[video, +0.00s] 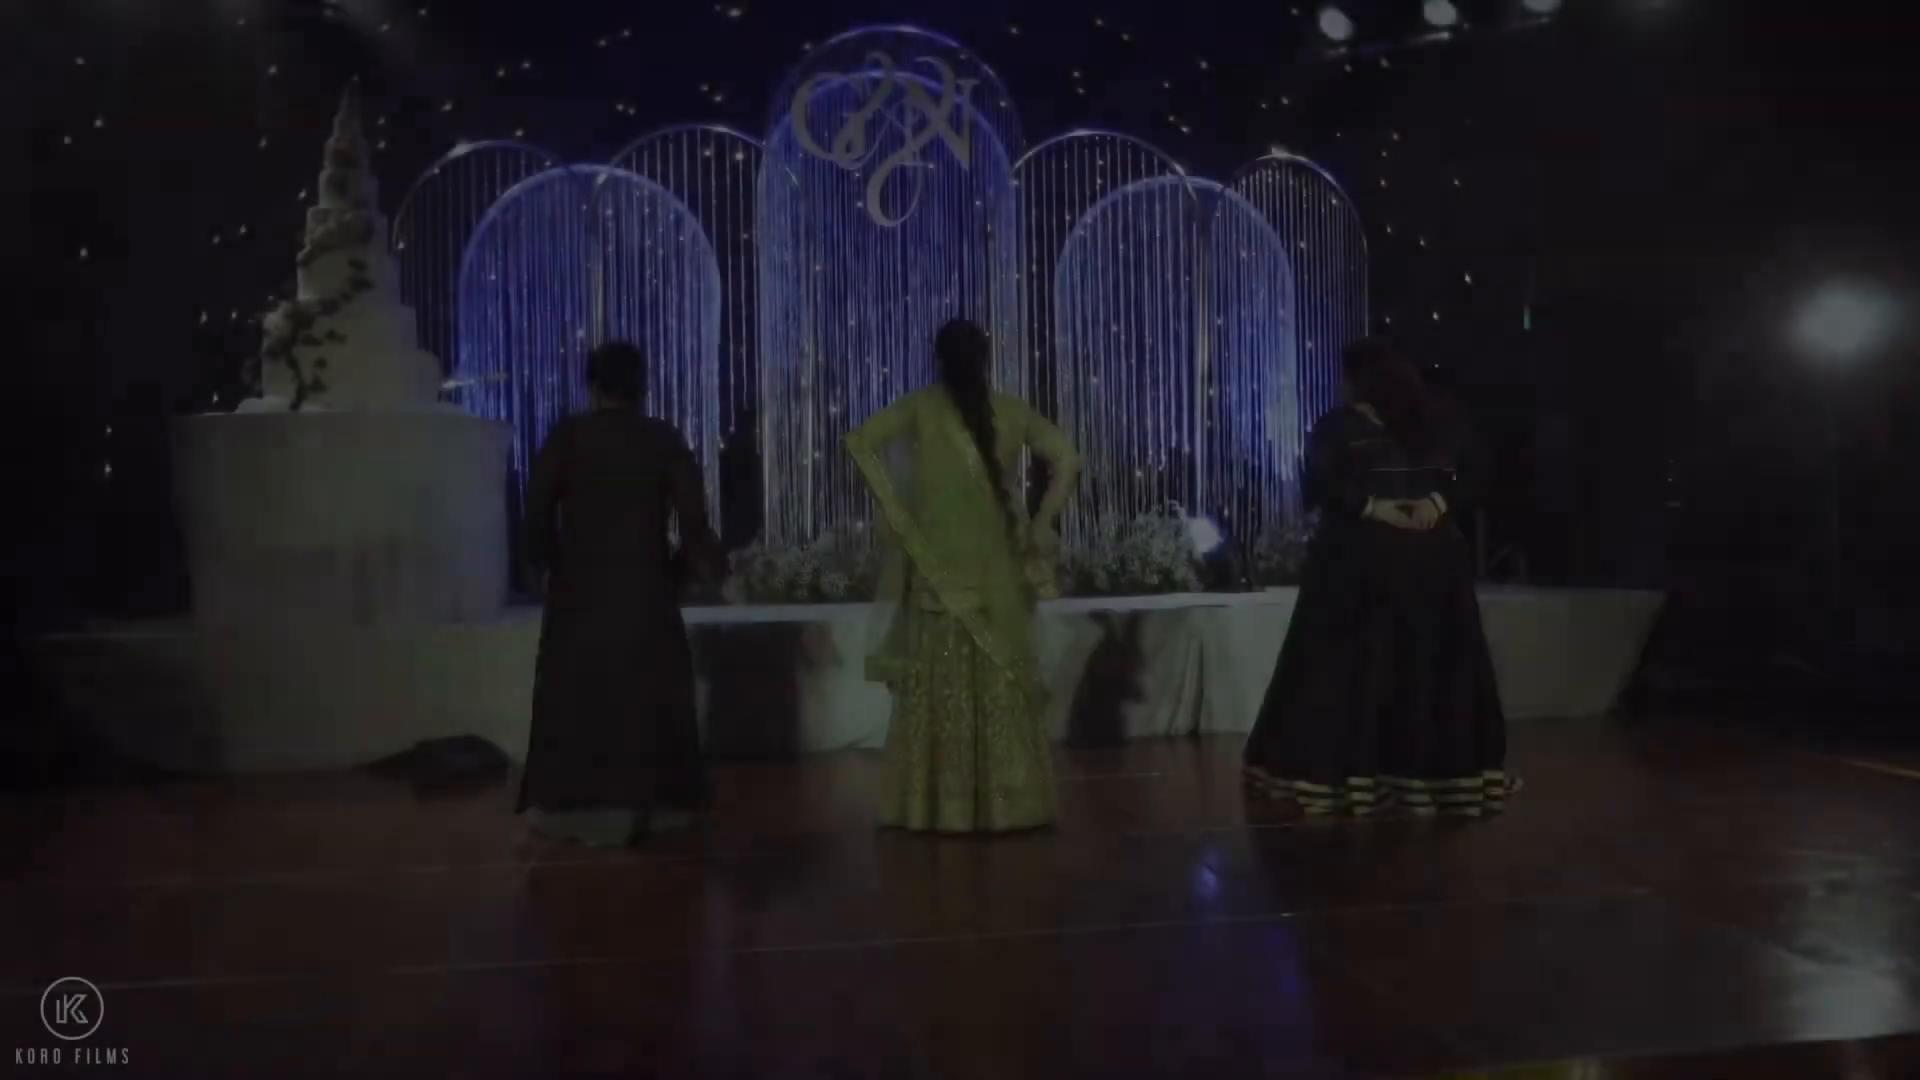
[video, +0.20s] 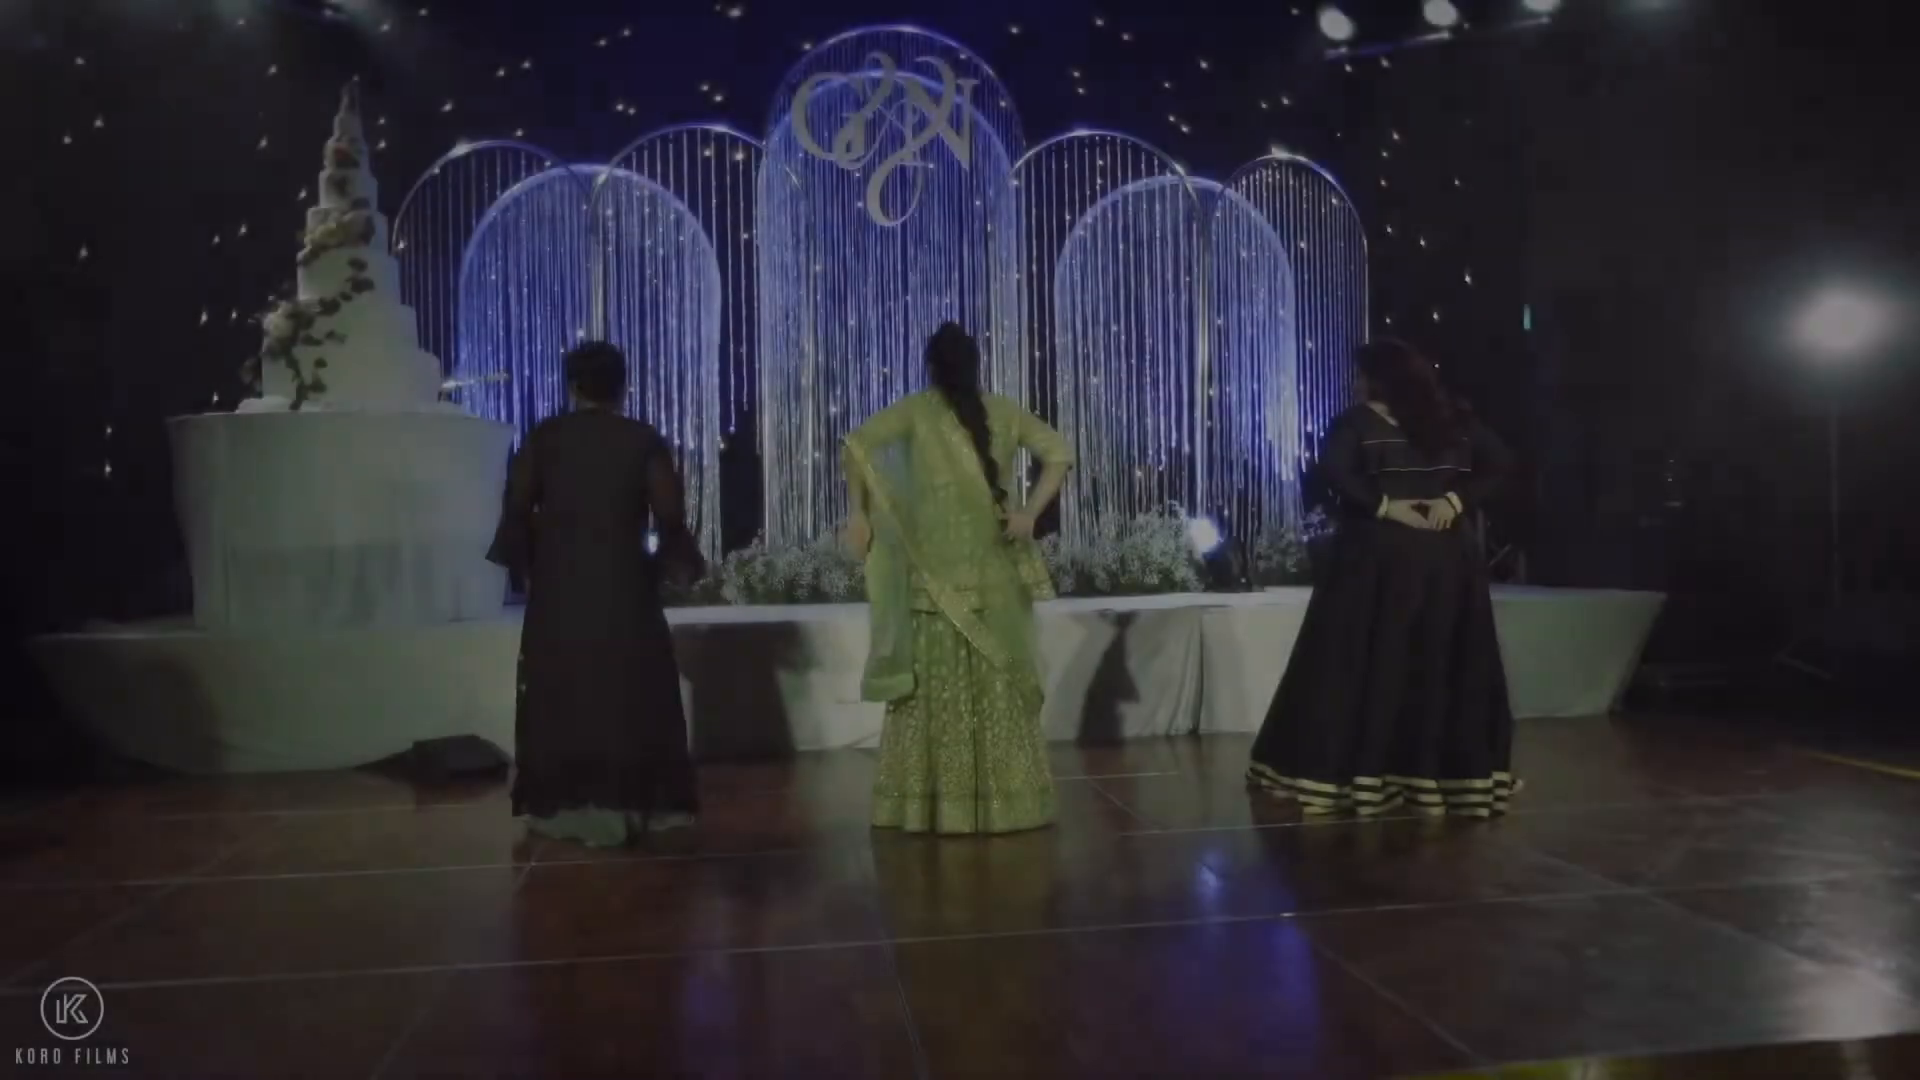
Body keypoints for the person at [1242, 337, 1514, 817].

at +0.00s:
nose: (1343, 385)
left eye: (1345, 378)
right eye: (1345, 377)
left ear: (1353, 379)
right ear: (1403, 376)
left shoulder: (1337, 427)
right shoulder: (1434, 421)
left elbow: (1321, 485)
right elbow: (1468, 472)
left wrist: (1373, 507)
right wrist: (1437, 502)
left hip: (1361, 566)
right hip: (1431, 565)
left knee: (1357, 666)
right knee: (1428, 665)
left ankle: (1358, 779)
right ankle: (1430, 778)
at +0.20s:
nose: (1355, 385)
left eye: (1359, 378)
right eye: (1357, 377)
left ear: (1371, 381)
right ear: (1413, 377)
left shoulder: (1357, 422)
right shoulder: (1447, 419)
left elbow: (1331, 472)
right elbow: (1499, 463)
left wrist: (1383, 506)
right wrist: (1459, 498)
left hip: (1382, 568)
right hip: (1448, 567)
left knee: (1373, 668)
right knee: (1441, 669)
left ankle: (1367, 778)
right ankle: (1437, 779)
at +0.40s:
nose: (1370, 386)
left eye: (1374, 378)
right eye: (1372, 377)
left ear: (1388, 381)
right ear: (1429, 377)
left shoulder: (1371, 422)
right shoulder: (1467, 420)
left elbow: (1349, 474)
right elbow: (1517, 467)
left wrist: (1399, 507)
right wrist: (1472, 498)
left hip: (1393, 567)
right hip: (1462, 567)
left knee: (1385, 669)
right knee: (1454, 670)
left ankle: (1377, 781)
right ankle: (1451, 782)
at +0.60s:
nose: (1378, 385)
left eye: (1381, 377)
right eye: (1379, 377)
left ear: (1395, 380)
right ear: (1438, 374)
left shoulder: (1377, 420)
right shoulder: (1475, 420)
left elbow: (1353, 469)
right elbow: (1525, 469)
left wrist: (1403, 505)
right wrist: (1476, 498)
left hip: (1398, 565)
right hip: (1468, 565)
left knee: (1392, 667)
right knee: (1462, 669)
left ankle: (1386, 781)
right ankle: (1458, 781)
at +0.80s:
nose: (1379, 386)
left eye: (1382, 378)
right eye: (1380, 378)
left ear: (1393, 380)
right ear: (1437, 373)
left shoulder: (1375, 419)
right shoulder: (1475, 419)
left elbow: (1353, 468)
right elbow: (1523, 470)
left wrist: (1399, 505)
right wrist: (1475, 498)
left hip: (1396, 567)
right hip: (1467, 568)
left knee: (1391, 669)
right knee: (1463, 670)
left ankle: (1388, 783)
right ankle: (1460, 782)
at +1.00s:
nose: (1375, 389)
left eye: (1377, 380)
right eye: (1376, 381)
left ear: (1386, 380)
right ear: (1433, 372)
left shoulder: (1369, 417)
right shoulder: (1466, 413)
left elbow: (1343, 459)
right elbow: (1522, 443)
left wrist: (1388, 501)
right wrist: (1492, 494)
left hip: (1393, 562)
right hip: (1463, 560)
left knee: (1390, 666)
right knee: (1459, 667)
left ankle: (1388, 780)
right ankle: (1459, 780)